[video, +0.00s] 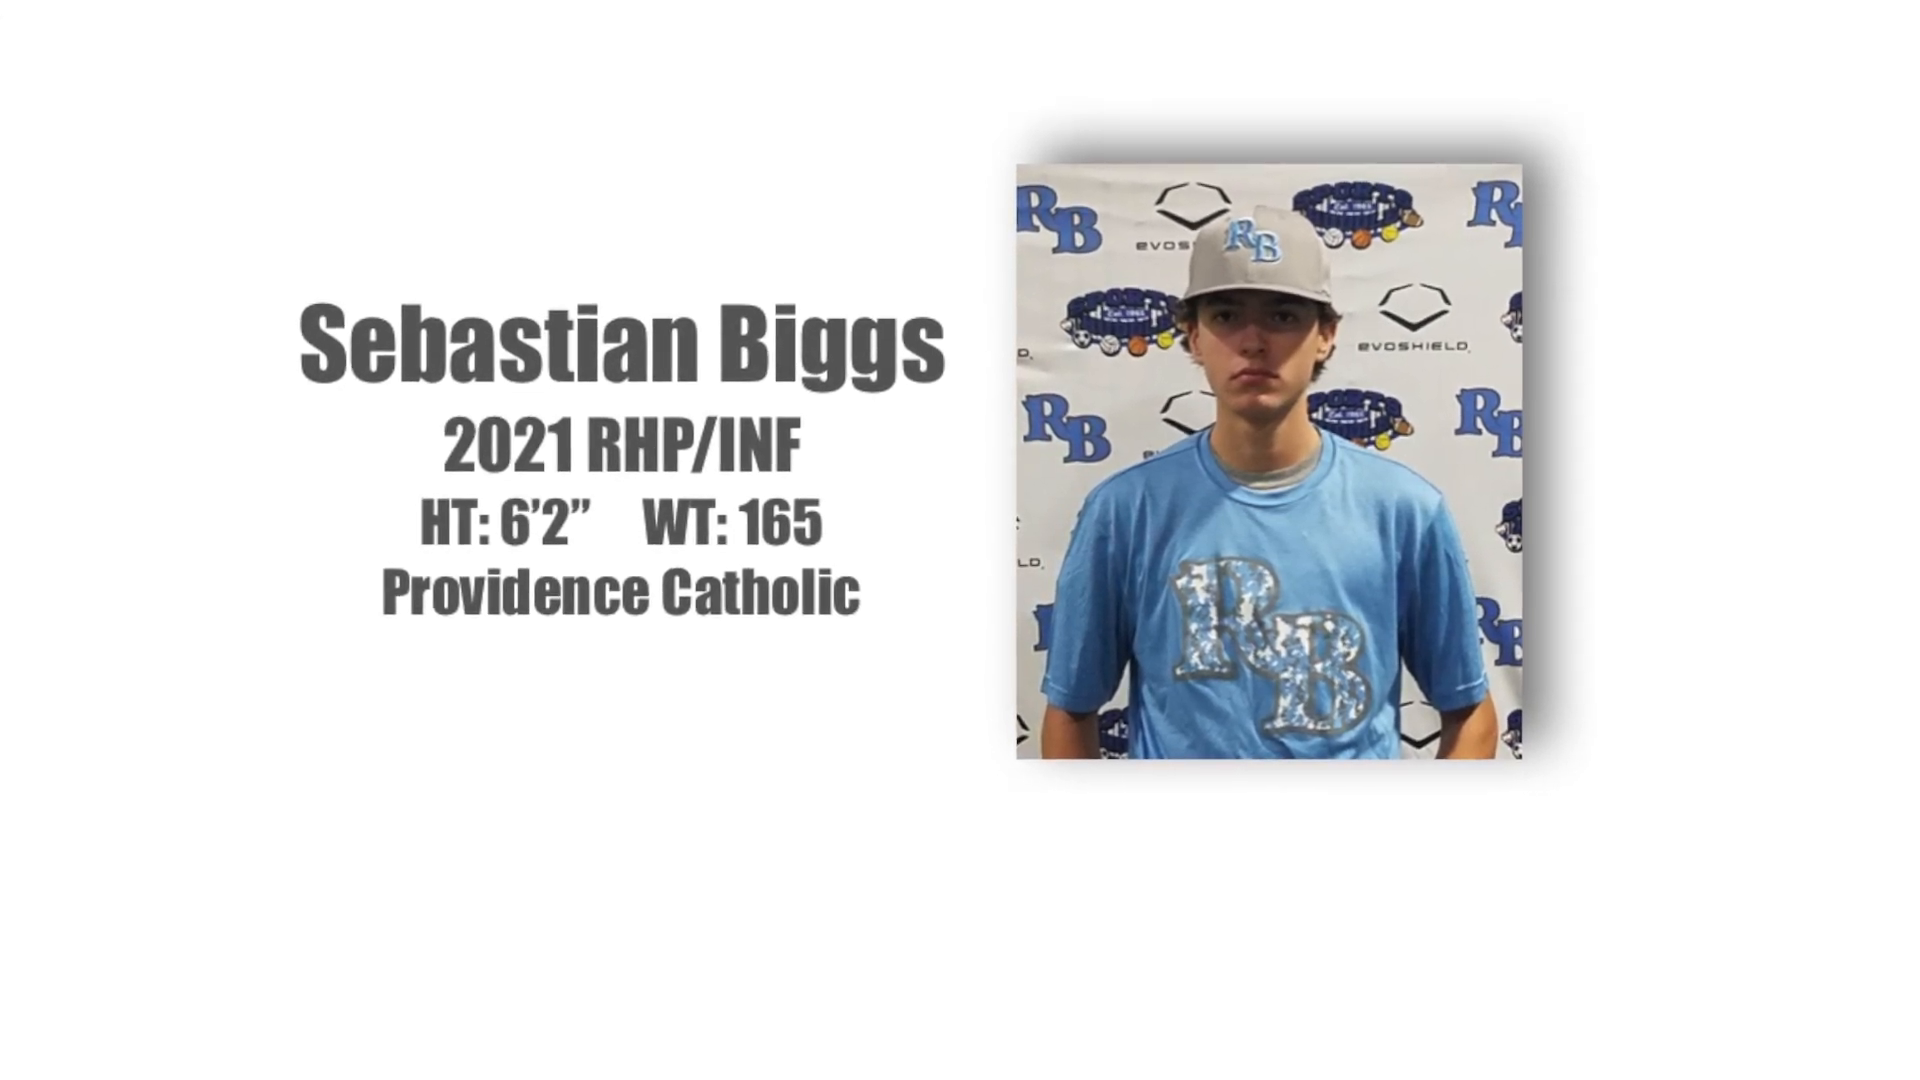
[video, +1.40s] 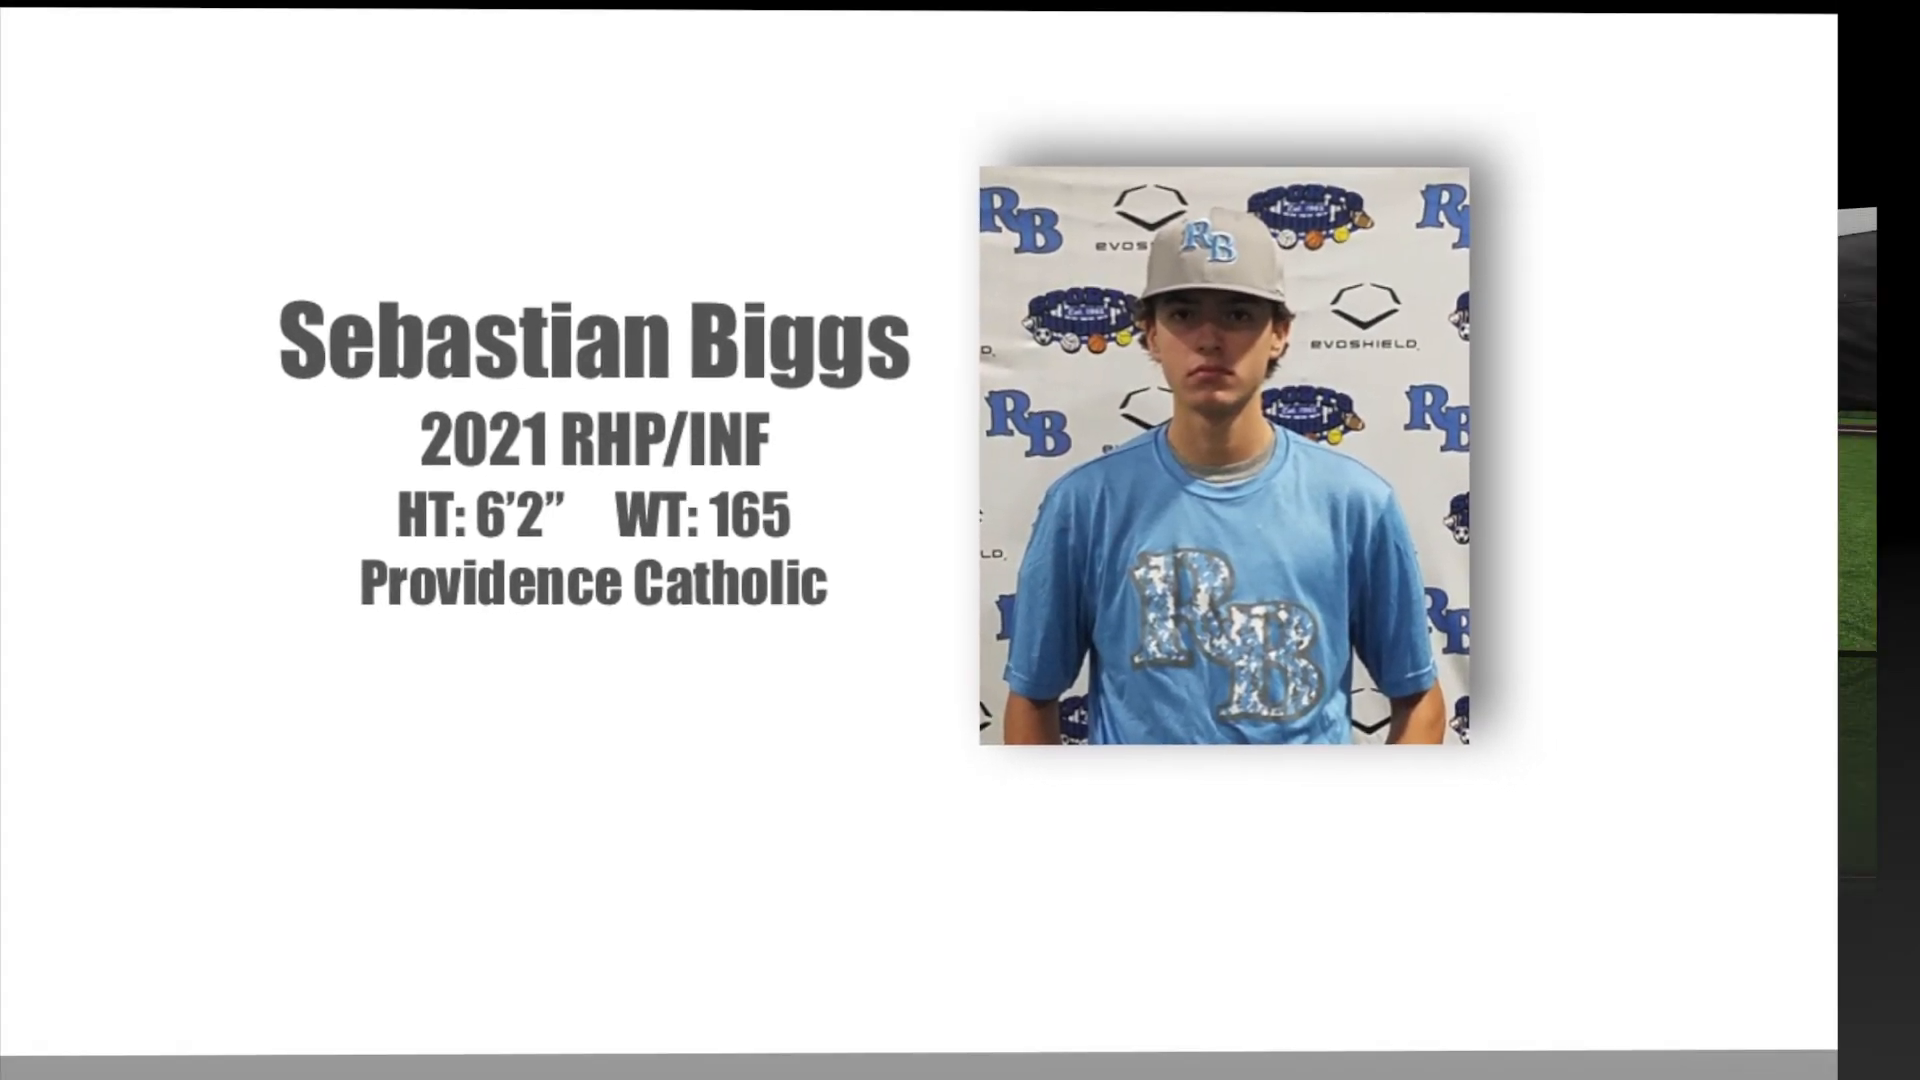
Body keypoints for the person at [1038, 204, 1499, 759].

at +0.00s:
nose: (1254, 340)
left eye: (1282, 316)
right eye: (1229, 316)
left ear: (1324, 337)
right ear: (1193, 338)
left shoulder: (1407, 511)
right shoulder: (1122, 513)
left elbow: (1471, 714)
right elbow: (1071, 716)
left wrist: (1431, 836)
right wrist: (1083, 841)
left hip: (1362, 831)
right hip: (1177, 831)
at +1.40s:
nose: (1209, 338)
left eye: (1237, 314)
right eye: (1186, 315)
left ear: (1278, 336)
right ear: (1151, 336)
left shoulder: (1357, 503)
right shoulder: (1082, 506)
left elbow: (1420, 700)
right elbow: (1032, 702)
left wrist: (1381, 819)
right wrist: (1042, 826)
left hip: (1314, 815)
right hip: (1135, 814)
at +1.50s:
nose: (1167, 340)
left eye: (1194, 317)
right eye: (1144, 317)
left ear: (1232, 337)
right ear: (1111, 337)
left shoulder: (1308, 497)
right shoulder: (1044, 501)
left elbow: (1367, 685)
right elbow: (998, 687)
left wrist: (1331, 800)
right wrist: (1007, 805)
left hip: (1266, 799)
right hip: (1096, 799)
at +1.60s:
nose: (1117, 342)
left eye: (1142, 320)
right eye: (1096, 320)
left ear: (1179, 339)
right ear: (1064, 339)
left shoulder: (1249, 491)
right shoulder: (1002, 494)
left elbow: (1306, 668)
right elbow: (958, 671)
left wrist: (1273, 776)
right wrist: (965, 782)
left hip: (1211, 775)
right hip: (1050, 776)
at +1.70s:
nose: (1064, 344)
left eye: (1087, 324)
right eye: (1044, 324)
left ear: (1121, 343)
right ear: (1014, 341)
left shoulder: (1188, 484)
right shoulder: (955, 486)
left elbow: (1240, 650)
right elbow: (914, 652)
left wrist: (1210, 753)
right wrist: (921, 757)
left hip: (1151, 752)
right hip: (1001, 752)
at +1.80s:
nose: (1009, 346)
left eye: (1031, 327)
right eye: (990, 327)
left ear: (1063, 344)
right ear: (963, 343)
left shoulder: (1125, 478)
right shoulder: (908, 479)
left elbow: (1173, 633)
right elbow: (869, 634)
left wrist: (1146, 728)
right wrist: (874, 732)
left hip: (1091, 725)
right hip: (951, 726)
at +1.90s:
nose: (956, 349)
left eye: (976, 331)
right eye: (938, 331)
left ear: (1005, 347)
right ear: (912, 345)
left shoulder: (1063, 471)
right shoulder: (861, 473)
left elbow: (1108, 616)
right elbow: (824, 618)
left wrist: (1081, 706)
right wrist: (829, 711)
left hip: (1031, 703)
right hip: (901, 704)